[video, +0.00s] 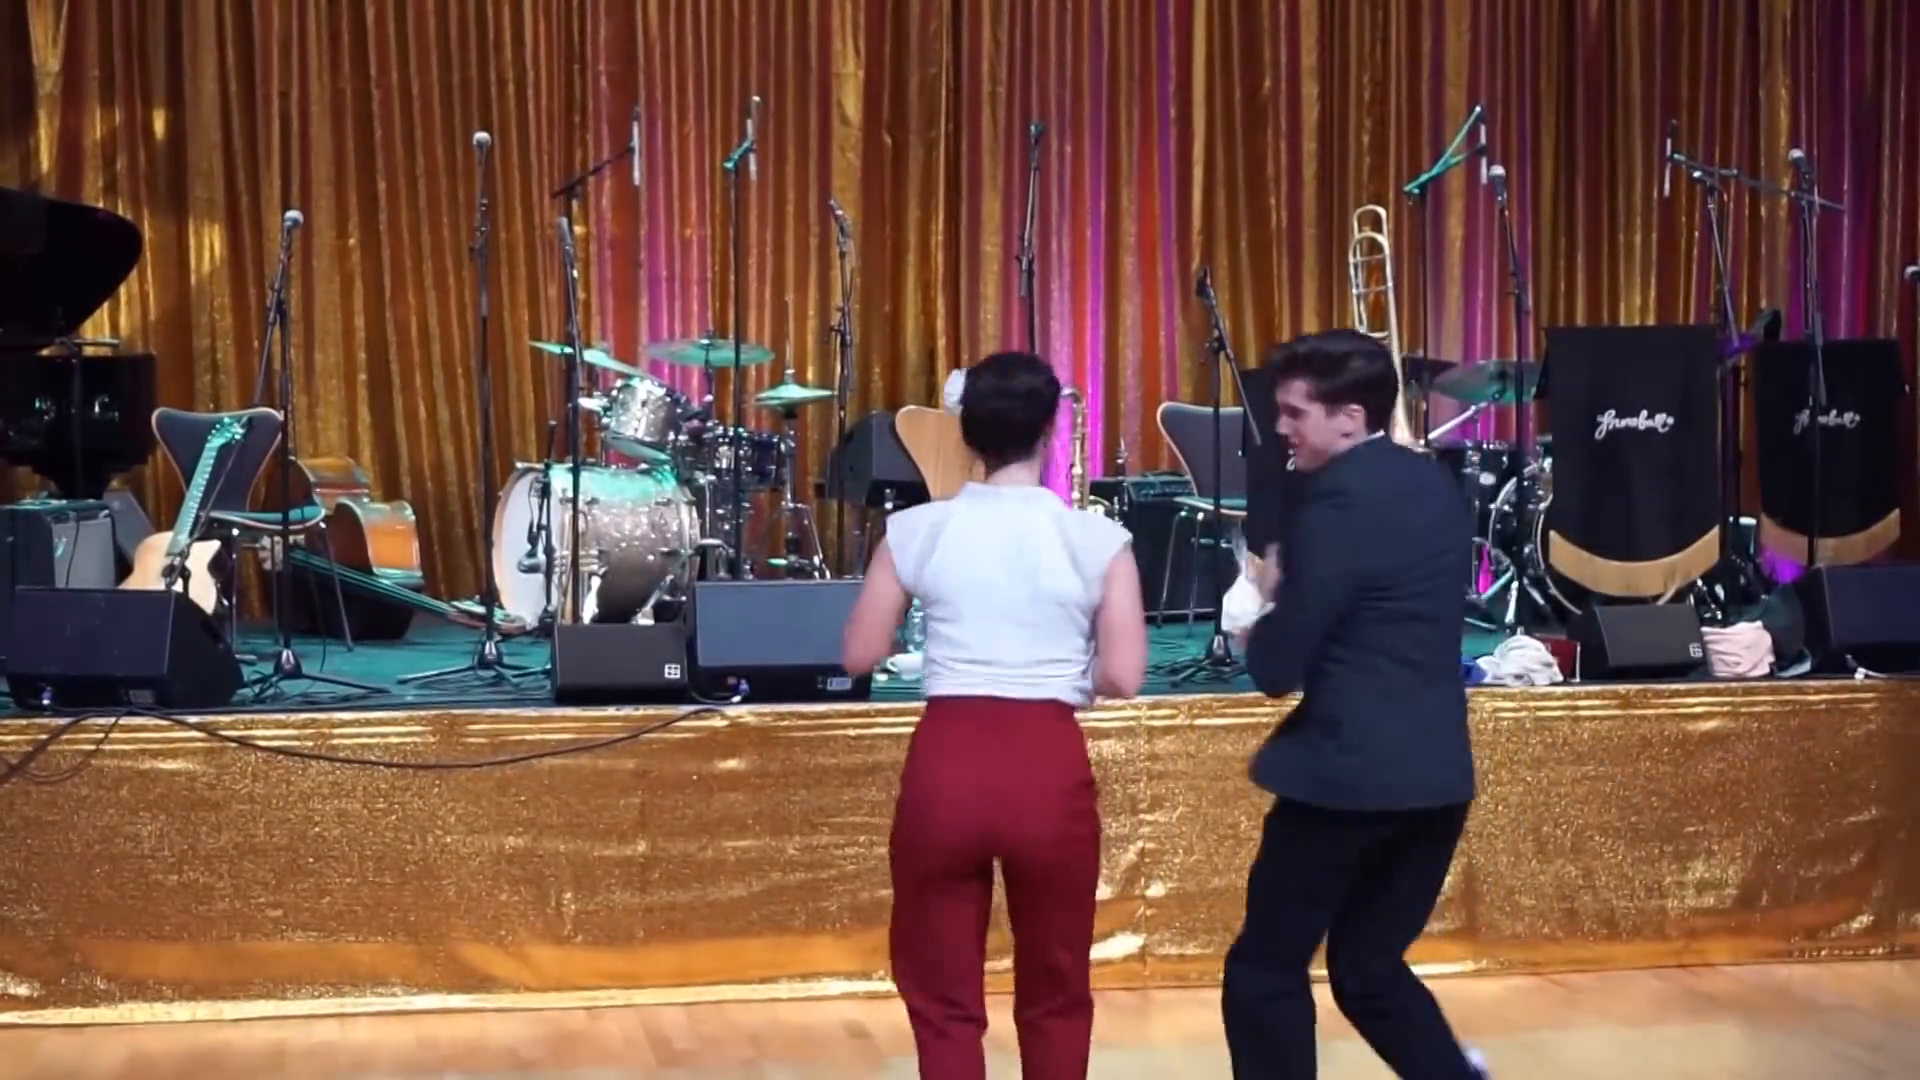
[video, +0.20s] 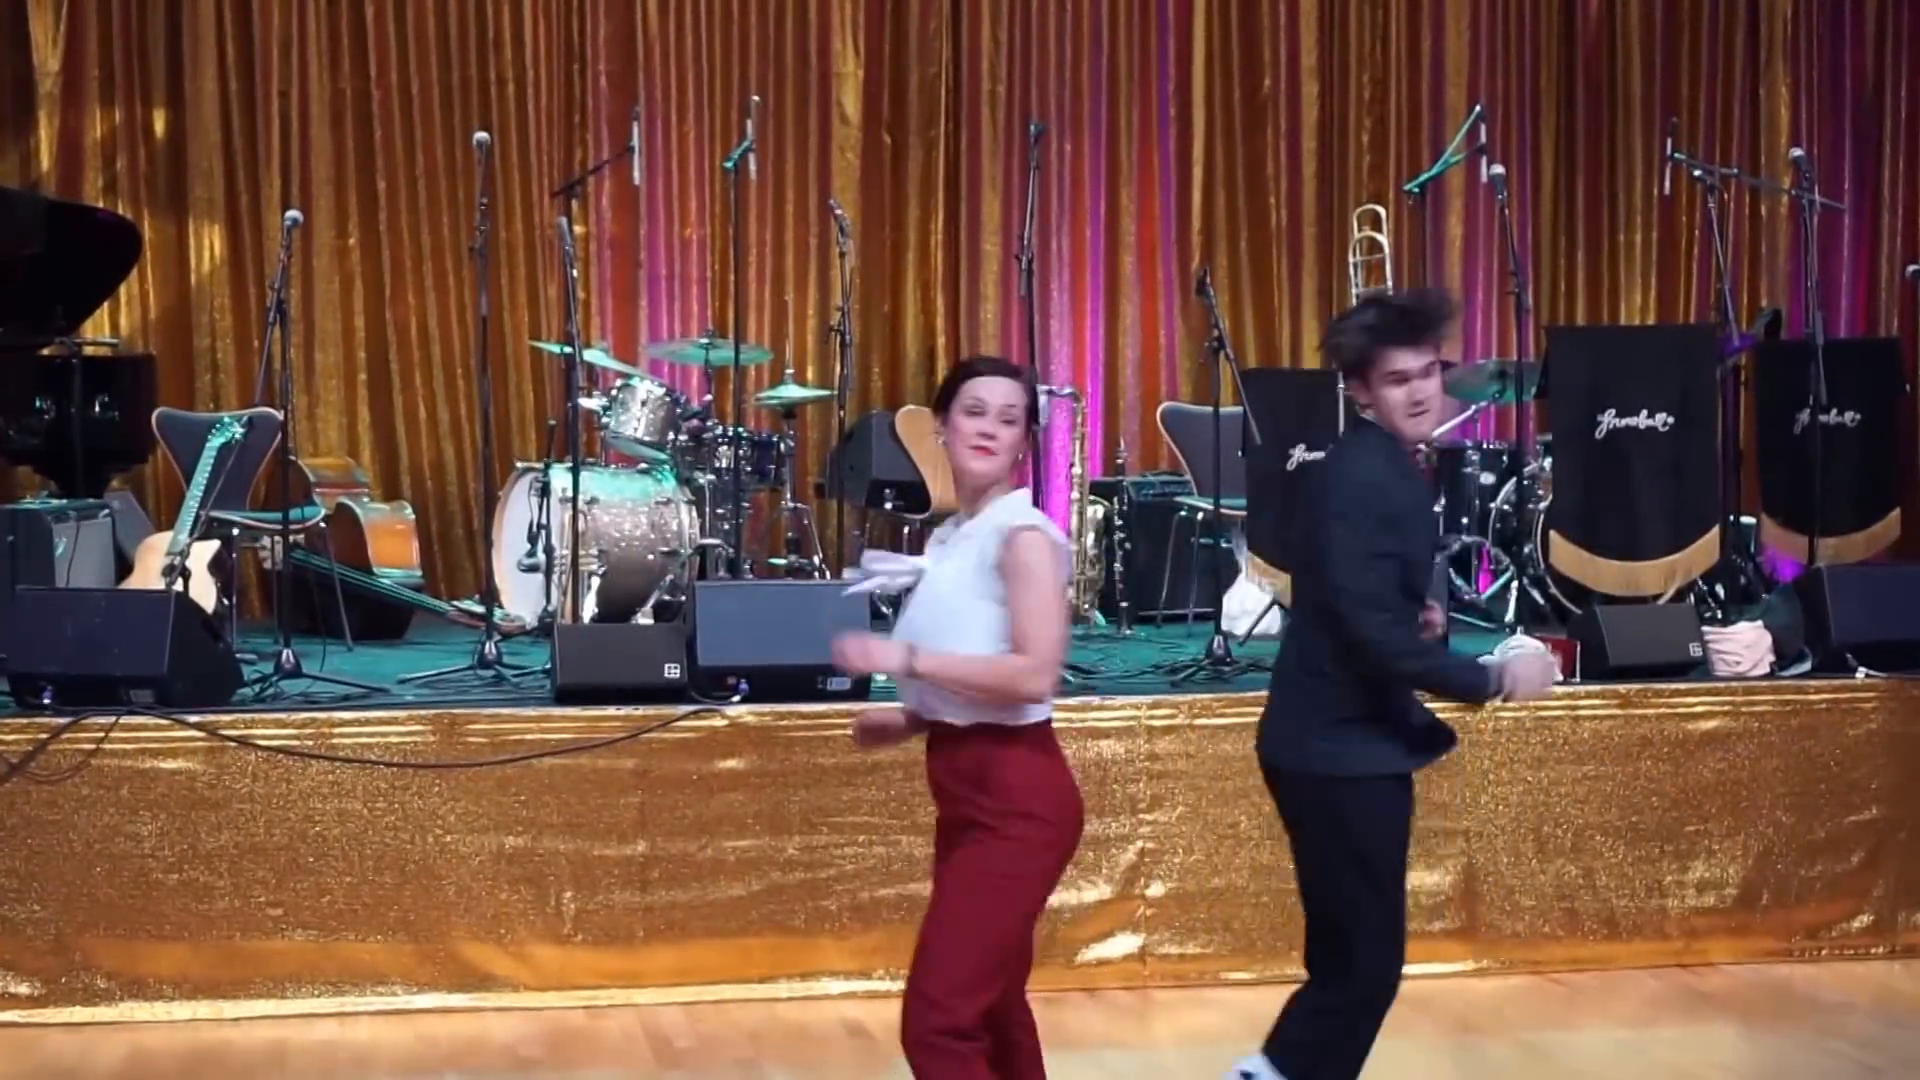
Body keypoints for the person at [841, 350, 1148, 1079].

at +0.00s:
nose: (1059, 424)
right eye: (1057, 414)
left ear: (966, 430)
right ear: (1050, 428)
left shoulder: (915, 530)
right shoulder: (1097, 537)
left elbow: (859, 654)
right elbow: (1123, 677)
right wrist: (1058, 659)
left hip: (946, 753)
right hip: (1049, 757)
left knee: (943, 1005)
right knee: (1055, 996)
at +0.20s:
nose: (988, 427)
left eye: (1009, 417)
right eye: (973, 411)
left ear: (1025, 442)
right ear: (944, 427)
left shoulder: (1025, 536)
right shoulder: (950, 536)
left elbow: (1038, 675)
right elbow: (969, 670)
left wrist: (910, 659)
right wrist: (909, 718)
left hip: (1019, 801)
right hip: (964, 793)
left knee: (937, 1024)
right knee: (994, 1010)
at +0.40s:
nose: (1053, 464)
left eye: (1051, 447)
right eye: (1042, 446)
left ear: (999, 456)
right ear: (997, 454)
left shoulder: (1050, 577)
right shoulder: (885, 566)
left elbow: (1080, 714)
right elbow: (780, 668)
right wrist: (820, 791)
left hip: (1038, 829)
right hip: (930, 834)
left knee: (1012, 1056)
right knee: (948, 1060)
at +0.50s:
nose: (1053, 475)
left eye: (1050, 458)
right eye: (1045, 457)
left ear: (1001, 469)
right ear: (1008, 466)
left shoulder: (1032, 592)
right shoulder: (893, 578)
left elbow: (1060, 724)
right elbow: (797, 692)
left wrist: (1174, 702)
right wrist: (856, 786)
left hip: (1030, 839)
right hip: (921, 843)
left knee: (1038, 1060)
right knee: (934, 1066)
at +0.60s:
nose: (1050, 490)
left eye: (1048, 472)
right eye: (1045, 471)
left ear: (1003, 482)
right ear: (1011, 479)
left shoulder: (1018, 600)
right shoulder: (888, 584)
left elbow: (1046, 737)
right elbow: (874, 731)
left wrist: (1166, 709)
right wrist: (925, 746)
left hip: (998, 850)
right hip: (891, 855)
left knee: (1039, 1057)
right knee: (964, 1058)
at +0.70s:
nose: (1046, 497)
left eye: (1043, 479)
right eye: (1040, 477)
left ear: (997, 487)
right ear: (1006, 485)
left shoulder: (1005, 609)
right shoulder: (891, 592)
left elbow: (1015, 752)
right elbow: (930, 743)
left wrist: (1135, 726)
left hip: (956, 848)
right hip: (857, 844)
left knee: (1018, 1047)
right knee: (955, 1037)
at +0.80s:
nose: (1027, 497)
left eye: (1028, 479)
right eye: (1024, 477)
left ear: (980, 481)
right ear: (989, 480)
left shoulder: (979, 590)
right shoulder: (888, 575)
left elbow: (977, 716)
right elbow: (927, 731)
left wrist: (1068, 711)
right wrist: (1052, 717)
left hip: (912, 843)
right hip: (828, 841)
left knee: (983, 1055)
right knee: (896, 1062)